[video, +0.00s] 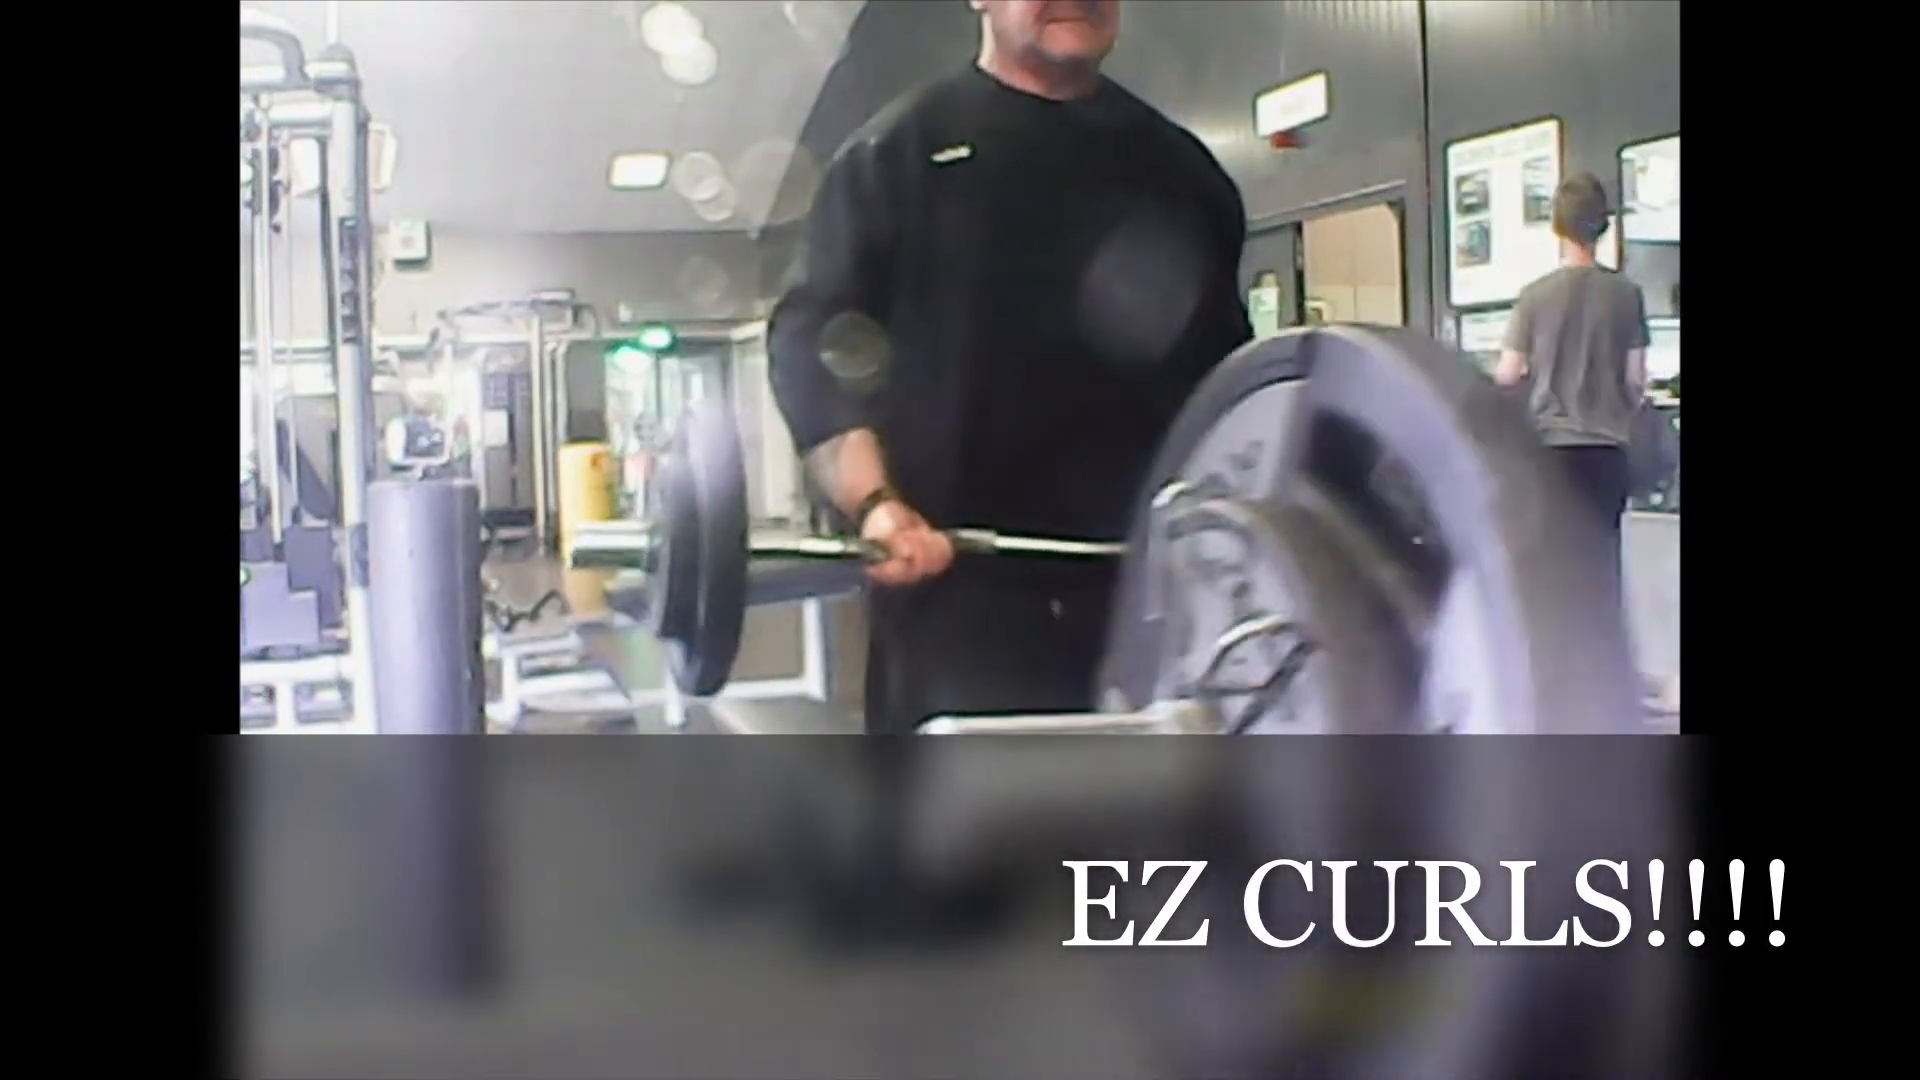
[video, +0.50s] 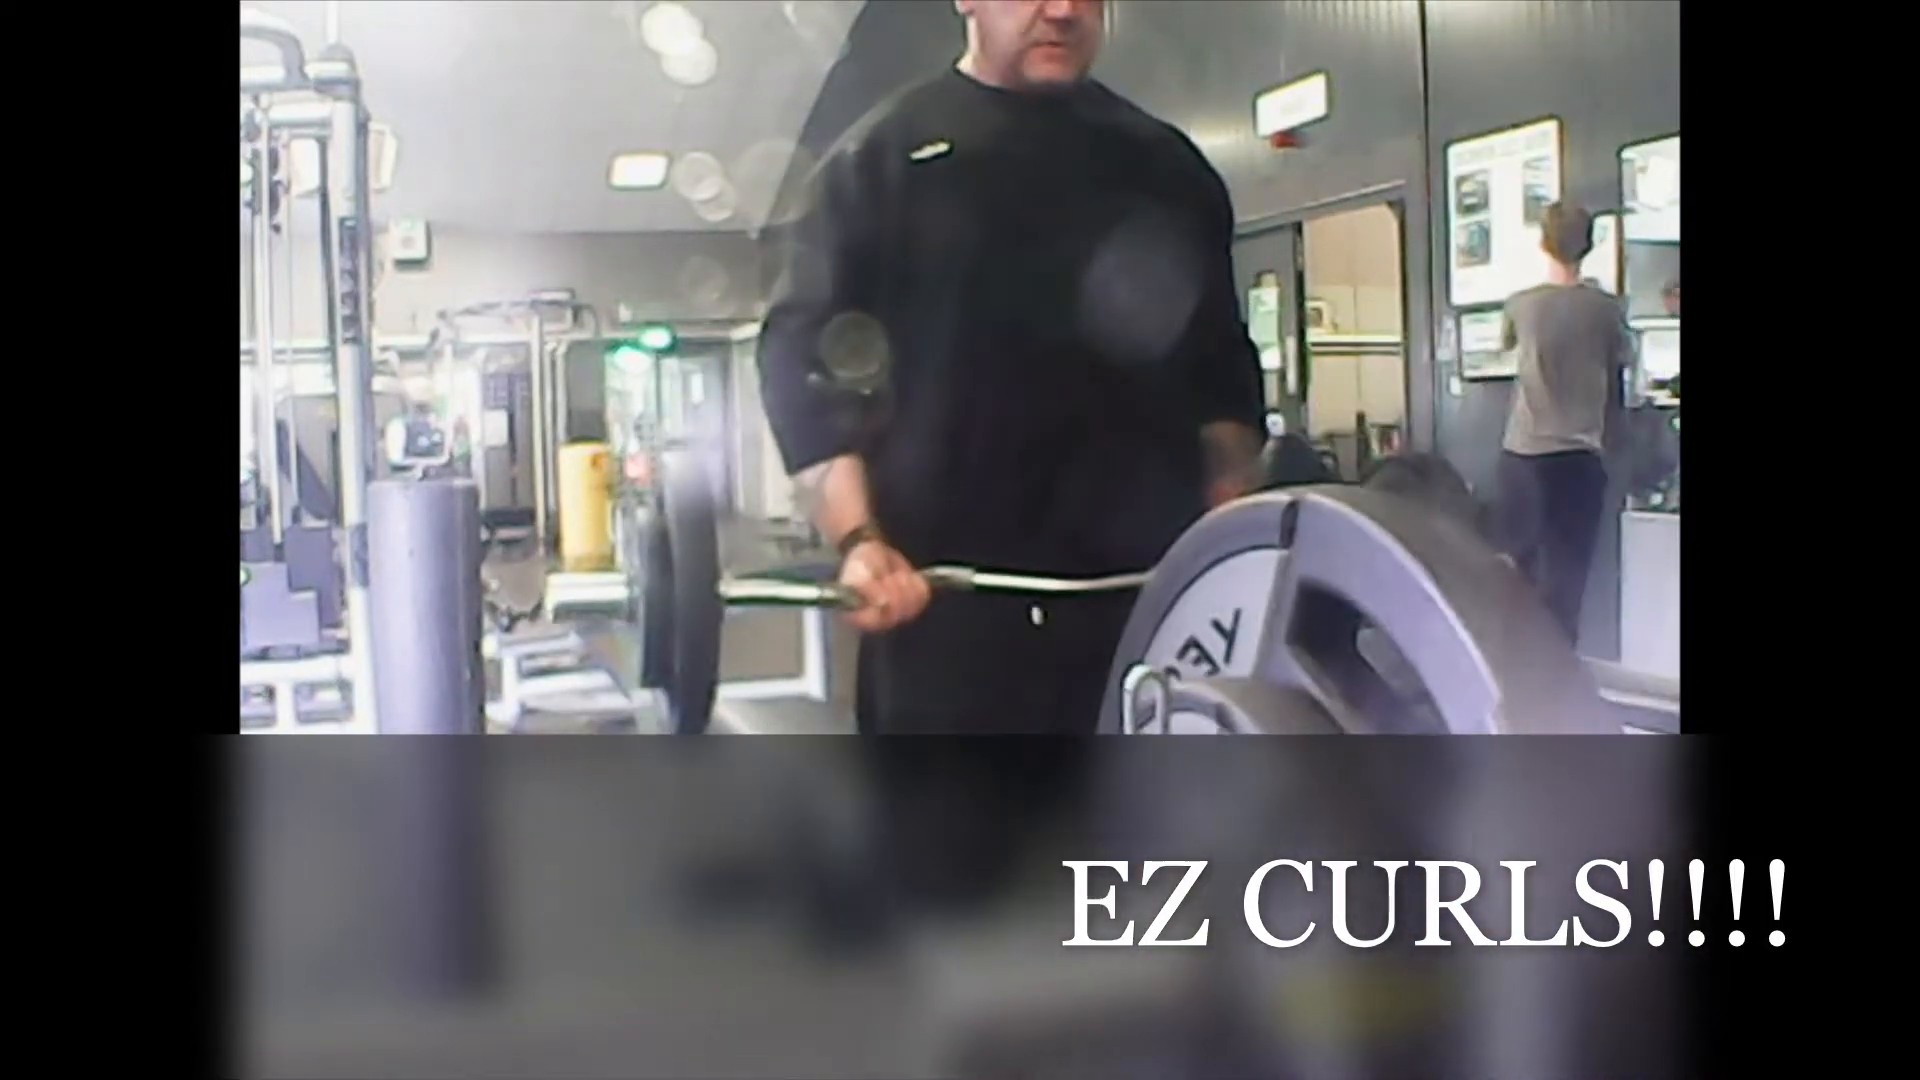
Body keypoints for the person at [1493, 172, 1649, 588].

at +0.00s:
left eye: (1555, 218)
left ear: (1556, 227)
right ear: (1603, 227)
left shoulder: (1535, 295)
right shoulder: (1626, 293)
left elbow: (1509, 373)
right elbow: (1636, 379)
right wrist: (1624, 414)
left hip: (1550, 454)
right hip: (1608, 454)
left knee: (1552, 579)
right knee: (1602, 579)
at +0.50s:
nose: (1542, 245)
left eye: (1543, 239)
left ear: (1544, 245)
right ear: (1588, 246)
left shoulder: (1521, 305)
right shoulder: (1607, 308)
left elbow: (1506, 343)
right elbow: (1622, 363)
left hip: (1524, 452)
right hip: (1582, 453)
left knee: (1519, 560)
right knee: (1569, 569)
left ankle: (1518, 655)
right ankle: (1557, 660)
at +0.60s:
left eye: (1547, 236)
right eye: (1574, 238)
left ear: (1542, 242)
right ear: (1585, 244)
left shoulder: (1522, 300)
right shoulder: (1602, 299)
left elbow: (1515, 326)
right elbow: (1624, 337)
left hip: (1521, 449)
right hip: (1579, 450)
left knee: (1519, 551)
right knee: (1570, 559)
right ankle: (1561, 647)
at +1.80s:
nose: (1515, 252)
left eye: (1496, 247)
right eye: (1516, 245)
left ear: (1477, 255)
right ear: (1518, 251)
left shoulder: (1472, 314)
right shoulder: (1539, 301)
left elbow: (1511, 311)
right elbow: (1606, 298)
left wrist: (1549, 282)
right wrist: (1579, 268)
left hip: (1496, 441)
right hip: (1548, 438)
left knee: (1503, 539)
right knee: (1557, 541)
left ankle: (1500, 645)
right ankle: (1552, 651)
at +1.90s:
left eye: (1485, 251)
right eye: (1510, 248)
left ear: (1478, 256)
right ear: (1519, 251)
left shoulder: (1468, 315)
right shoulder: (1539, 302)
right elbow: (1605, 298)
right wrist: (1578, 270)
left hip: (1483, 432)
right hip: (1534, 430)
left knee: (1484, 543)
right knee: (1531, 538)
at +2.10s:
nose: (1522, 257)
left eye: (1518, 249)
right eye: (1521, 250)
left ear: (1480, 259)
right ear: (1519, 255)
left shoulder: (1468, 314)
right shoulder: (1542, 300)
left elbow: (1476, 357)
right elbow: (1600, 301)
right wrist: (1587, 278)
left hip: (1495, 449)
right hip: (1548, 445)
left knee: (1496, 555)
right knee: (1550, 554)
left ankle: (1492, 662)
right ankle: (1546, 667)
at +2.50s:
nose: (1528, 253)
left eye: (1526, 245)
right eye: (1525, 246)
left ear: (1482, 263)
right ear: (1520, 257)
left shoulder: (1472, 311)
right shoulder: (1541, 301)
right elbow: (1607, 299)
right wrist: (1597, 278)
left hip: (1495, 453)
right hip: (1548, 448)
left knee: (1499, 560)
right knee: (1552, 557)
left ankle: (1495, 666)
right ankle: (1549, 671)